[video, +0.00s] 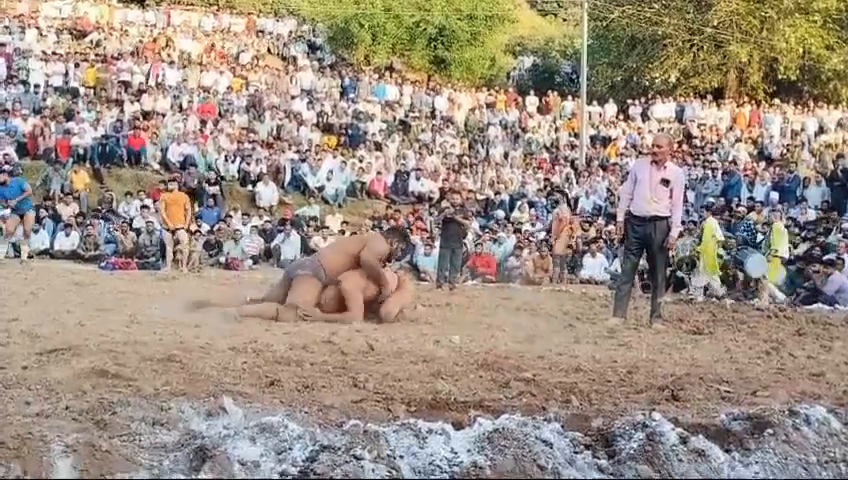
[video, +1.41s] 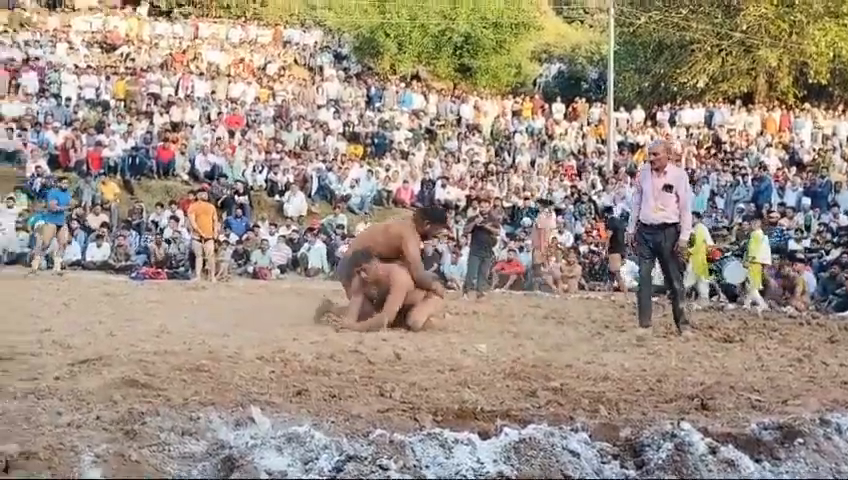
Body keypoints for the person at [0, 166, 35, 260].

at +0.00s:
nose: (0, 177)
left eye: (1, 175)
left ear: (6, 174)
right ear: (2, 176)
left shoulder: (19, 181)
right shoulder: (2, 189)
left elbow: (29, 191)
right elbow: (3, 201)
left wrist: (16, 200)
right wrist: (8, 204)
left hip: (28, 209)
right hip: (15, 210)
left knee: (27, 231)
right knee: (9, 230)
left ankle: (24, 255)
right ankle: (5, 251)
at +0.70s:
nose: (13, 169)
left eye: (15, 167)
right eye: (11, 167)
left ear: (21, 169)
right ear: (9, 168)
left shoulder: (27, 182)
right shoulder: (4, 179)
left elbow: (30, 196)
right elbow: (1, 191)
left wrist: (19, 197)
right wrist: (7, 194)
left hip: (20, 206)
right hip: (5, 206)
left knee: (22, 230)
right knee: (3, 229)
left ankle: (25, 254)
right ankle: (3, 254)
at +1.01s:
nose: (21, 172)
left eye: (23, 170)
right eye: (19, 170)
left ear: (26, 171)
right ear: (15, 170)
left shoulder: (28, 183)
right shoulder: (8, 180)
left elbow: (32, 195)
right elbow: (3, 194)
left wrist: (27, 199)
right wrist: (14, 200)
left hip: (21, 207)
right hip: (7, 207)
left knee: (25, 229)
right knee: (5, 229)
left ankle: (26, 255)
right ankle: (3, 255)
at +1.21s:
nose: (31, 175)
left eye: (33, 173)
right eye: (29, 173)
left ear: (35, 174)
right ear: (25, 174)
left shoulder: (38, 185)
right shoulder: (19, 184)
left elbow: (40, 197)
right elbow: (15, 198)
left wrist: (36, 201)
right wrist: (28, 202)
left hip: (31, 211)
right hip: (18, 210)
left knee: (34, 233)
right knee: (15, 234)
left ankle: (32, 258)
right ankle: (9, 257)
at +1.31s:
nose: (45, 179)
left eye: (47, 176)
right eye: (43, 176)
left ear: (49, 178)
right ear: (39, 177)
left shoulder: (49, 190)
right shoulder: (33, 188)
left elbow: (51, 201)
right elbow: (32, 201)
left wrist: (52, 203)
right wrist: (43, 205)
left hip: (43, 215)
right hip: (31, 215)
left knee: (45, 238)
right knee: (26, 238)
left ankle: (42, 262)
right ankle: (19, 261)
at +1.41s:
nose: (65, 185)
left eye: (66, 183)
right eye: (63, 183)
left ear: (68, 184)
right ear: (58, 183)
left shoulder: (67, 194)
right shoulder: (53, 193)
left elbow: (69, 204)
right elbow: (52, 207)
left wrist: (73, 205)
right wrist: (66, 208)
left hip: (62, 221)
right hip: (51, 220)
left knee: (63, 243)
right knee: (45, 243)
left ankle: (57, 266)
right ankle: (36, 262)